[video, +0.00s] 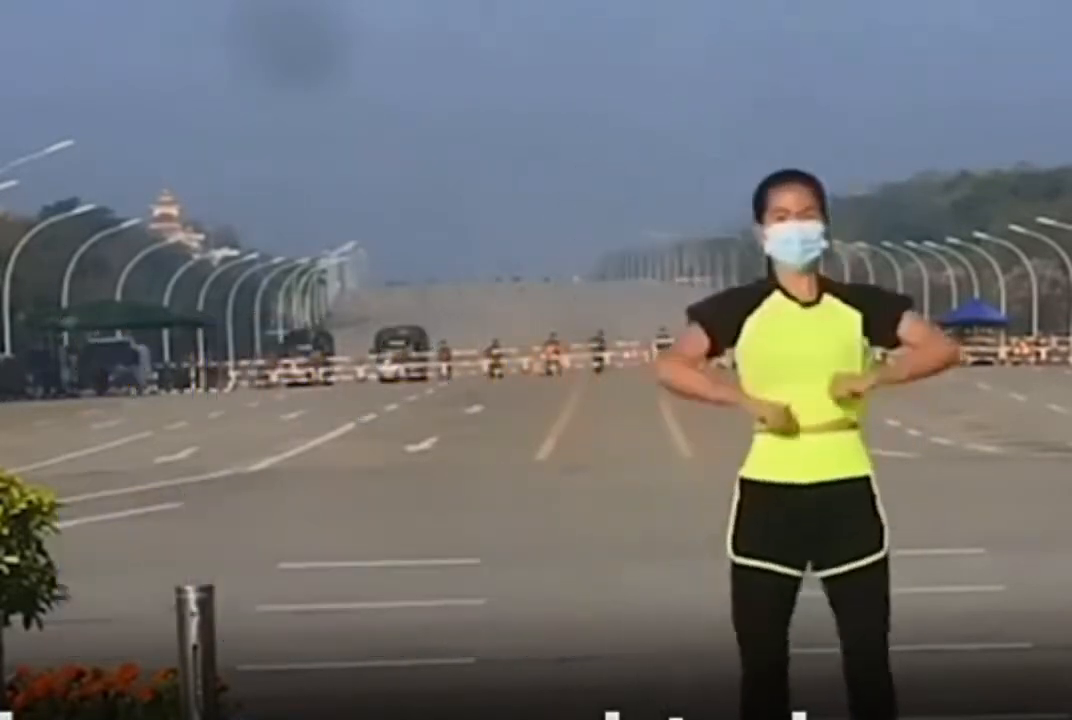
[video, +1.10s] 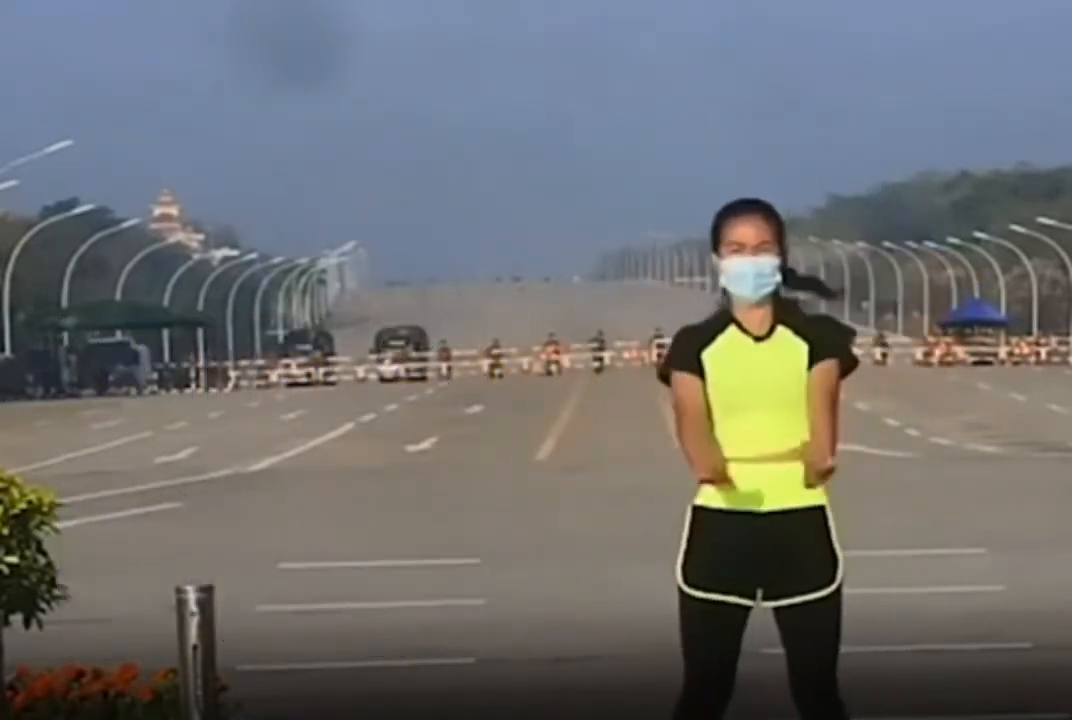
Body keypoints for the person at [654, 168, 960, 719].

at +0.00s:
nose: (796, 227)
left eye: (808, 216)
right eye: (781, 217)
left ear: (825, 227)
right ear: (761, 232)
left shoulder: (862, 304)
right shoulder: (738, 307)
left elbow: (943, 350)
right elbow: (671, 368)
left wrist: (873, 379)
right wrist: (749, 400)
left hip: (847, 497)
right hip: (767, 499)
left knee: (868, 663)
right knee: (761, 666)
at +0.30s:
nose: (802, 273)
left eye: (814, 261)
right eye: (788, 262)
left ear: (832, 270)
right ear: (768, 276)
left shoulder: (864, 345)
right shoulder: (743, 348)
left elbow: (955, 363)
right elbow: (658, 380)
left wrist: (867, 367)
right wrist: (744, 357)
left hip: (856, 539)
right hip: (776, 541)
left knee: (874, 699)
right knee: (764, 702)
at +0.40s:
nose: (801, 259)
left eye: (814, 247)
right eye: (787, 248)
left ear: (832, 257)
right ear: (769, 261)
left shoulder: (867, 334)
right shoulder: (751, 337)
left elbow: (956, 342)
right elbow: (653, 356)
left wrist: (868, 312)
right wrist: (733, 308)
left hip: (854, 522)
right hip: (773, 523)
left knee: (865, 695)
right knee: (759, 694)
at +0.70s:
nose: (787, 231)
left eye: (799, 217)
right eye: (772, 218)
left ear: (818, 227)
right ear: (751, 230)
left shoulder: (850, 299)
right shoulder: (731, 303)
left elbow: (938, 327)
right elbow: (640, 341)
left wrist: (855, 336)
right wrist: (723, 350)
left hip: (833, 495)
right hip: (752, 494)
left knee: (844, 673)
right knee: (720, 664)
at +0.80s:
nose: (779, 261)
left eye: (792, 248)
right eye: (765, 248)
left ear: (809, 260)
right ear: (743, 261)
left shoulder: (840, 341)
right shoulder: (717, 343)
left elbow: (900, 410)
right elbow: (657, 422)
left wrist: (843, 467)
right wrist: (718, 483)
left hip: (822, 539)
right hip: (737, 539)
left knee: (837, 700)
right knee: (713, 699)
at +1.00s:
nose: (758, 262)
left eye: (770, 250)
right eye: (744, 250)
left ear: (789, 260)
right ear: (724, 260)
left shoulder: (823, 341)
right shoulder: (697, 346)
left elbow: (837, 430)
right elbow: (686, 440)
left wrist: (822, 505)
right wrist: (712, 510)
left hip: (804, 535)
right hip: (721, 536)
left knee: (823, 693)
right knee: (707, 692)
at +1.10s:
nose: (752, 262)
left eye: (764, 250)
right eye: (738, 251)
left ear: (782, 259)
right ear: (718, 261)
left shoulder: (820, 336)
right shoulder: (692, 345)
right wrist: (707, 464)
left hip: (801, 534)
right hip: (719, 535)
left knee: (817, 693)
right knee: (705, 694)